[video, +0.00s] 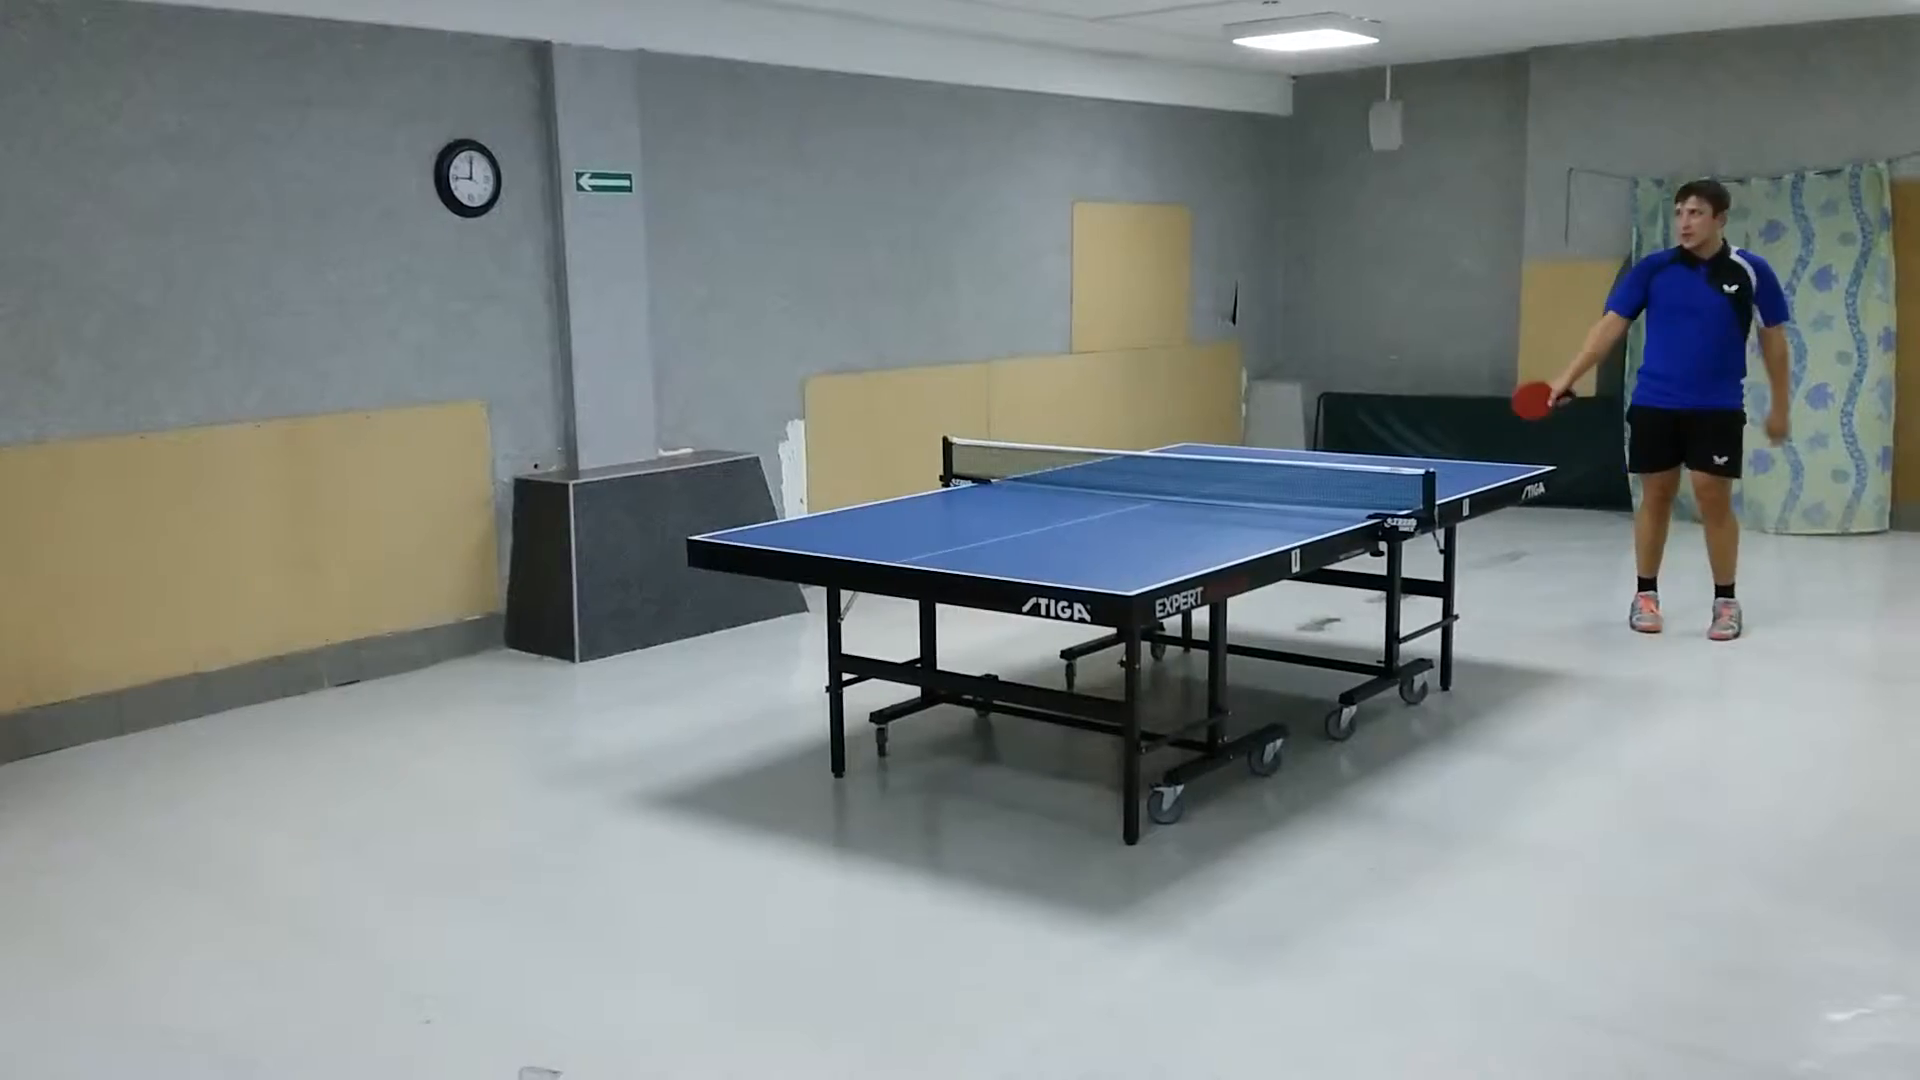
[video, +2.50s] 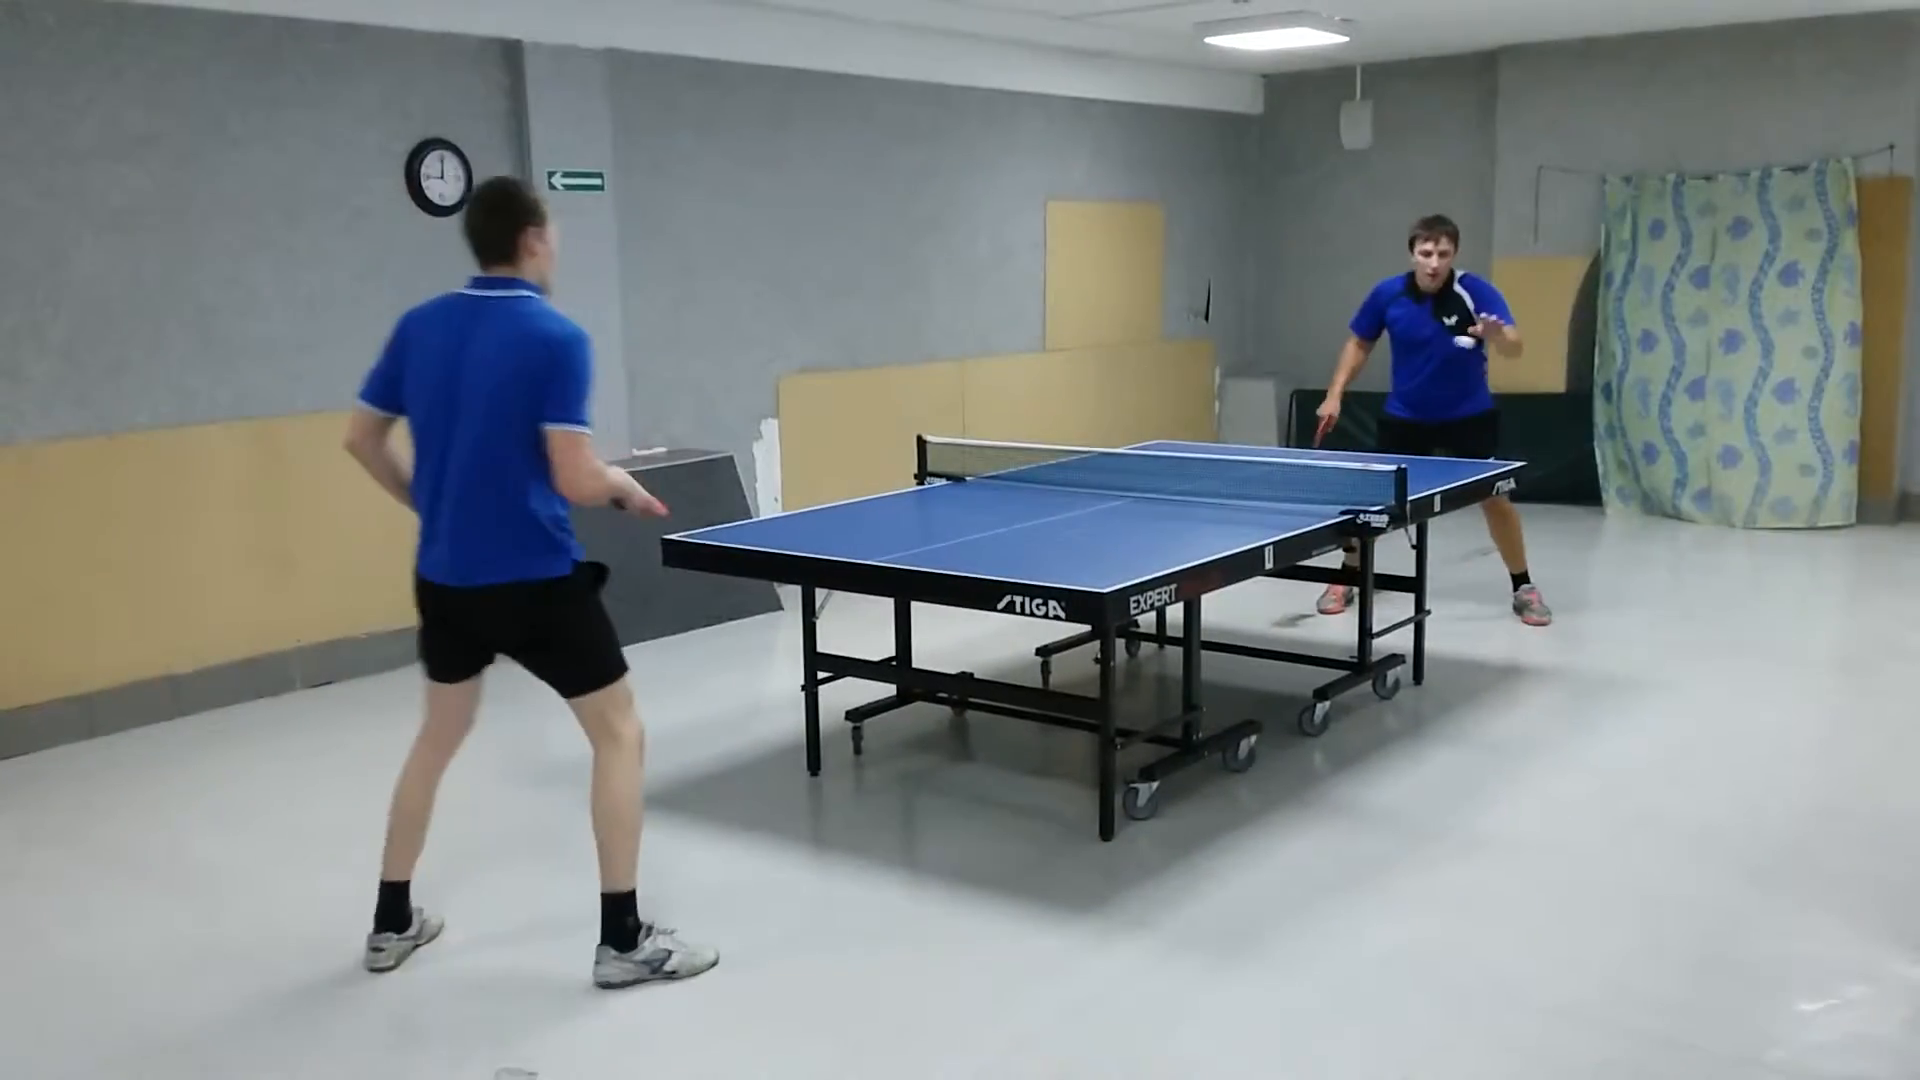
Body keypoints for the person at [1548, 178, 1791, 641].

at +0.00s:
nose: (1685, 221)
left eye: (1696, 213)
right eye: (1681, 213)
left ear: (1719, 220)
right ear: (1674, 219)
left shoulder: (1751, 272)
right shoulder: (1650, 269)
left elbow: (1773, 337)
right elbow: (1609, 325)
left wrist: (1780, 408)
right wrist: (1569, 376)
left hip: (1717, 409)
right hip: (1655, 405)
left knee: (1713, 498)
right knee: (1656, 495)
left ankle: (1725, 602)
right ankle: (1646, 596)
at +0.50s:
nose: (1671, 228)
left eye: (1682, 221)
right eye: (1665, 219)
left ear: (1699, 226)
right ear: (1654, 222)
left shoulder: (1710, 260)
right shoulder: (1641, 268)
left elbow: (1696, 293)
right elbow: (1628, 336)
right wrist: (1597, 384)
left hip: (1688, 403)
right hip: (1632, 399)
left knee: (1702, 499)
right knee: (1605, 485)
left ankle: (1714, 596)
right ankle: (1571, 584)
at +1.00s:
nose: (1557, 226)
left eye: (1567, 219)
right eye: (1553, 217)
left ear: (1587, 222)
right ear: (1545, 219)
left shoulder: (1609, 257)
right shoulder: (1533, 268)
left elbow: (1582, 223)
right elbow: (1510, 331)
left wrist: (1525, 186)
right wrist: (1483, 383)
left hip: (1598, 391)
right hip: (1544, 393)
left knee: (1596, 482)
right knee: (1547, 483)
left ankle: (1626, 584)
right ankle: (1548, 585)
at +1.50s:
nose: (1504, 229)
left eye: (1516, 223)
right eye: (1501, 220)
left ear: (1538, 231)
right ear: (1494, 224)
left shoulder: (1561, 282)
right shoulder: (1481, 268)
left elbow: (1581, 347)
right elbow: (1464, 326)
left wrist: (1534, 383)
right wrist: (1446, 386)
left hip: (1524, 404)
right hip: (1478, 402)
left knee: (1499, 493)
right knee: (1501, 492)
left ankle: (1496, 601)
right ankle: (1533, 580)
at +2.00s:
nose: (1466, 230)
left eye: (1479, 225)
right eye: (1462, 221)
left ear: (1495, 235)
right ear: (1453, 225)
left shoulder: (1508, 278)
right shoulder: (1433, 267)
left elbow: (1527, 349)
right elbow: (1411, 322)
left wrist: (1469, 367)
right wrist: (1386, 378)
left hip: (1481, 410)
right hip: (1425, 405)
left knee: (1479, 499)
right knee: (1395, 494)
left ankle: (1497, 597)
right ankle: (1364, 580)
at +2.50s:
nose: (1433, 262)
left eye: (1442, 254)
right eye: (1426, 253)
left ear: (1454, 258)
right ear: (1412, 255)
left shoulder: (1475, 292)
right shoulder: (1388, 295)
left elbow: (1514, 349)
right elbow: (1358, 343)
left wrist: (1495, 335)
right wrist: (1334, 395)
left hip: (1470, 420)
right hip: (1405, 420)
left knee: (1495, 496)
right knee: (1367, 500)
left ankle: (1523, 588)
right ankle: (1346, 579)